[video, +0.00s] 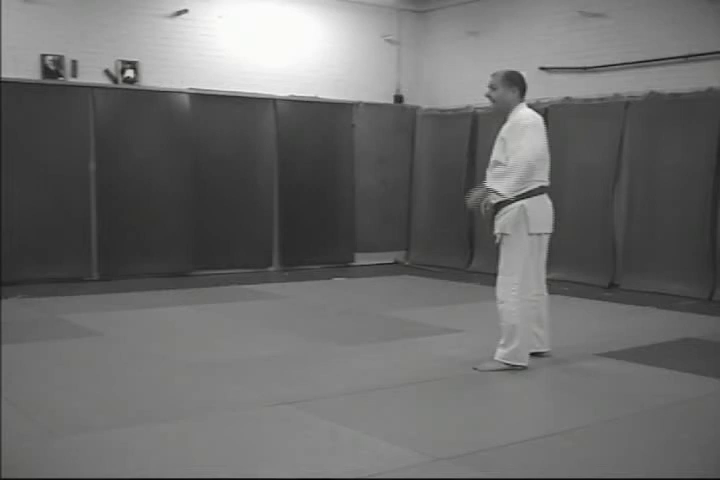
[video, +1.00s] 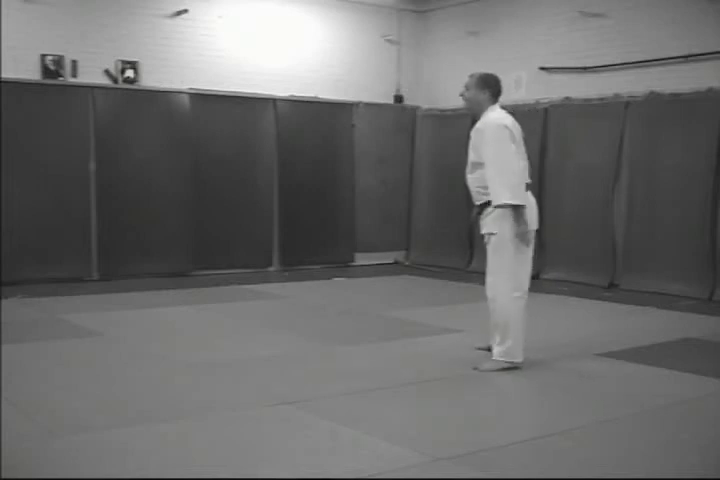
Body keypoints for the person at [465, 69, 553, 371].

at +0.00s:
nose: (488, 94)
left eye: (494, 89)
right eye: (489, 89)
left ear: (514, 92)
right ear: (512, 93)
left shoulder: (525, 121)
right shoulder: (518, 121)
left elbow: (522, 166)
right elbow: (511, 169)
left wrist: (492, 193)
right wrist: (487, 189)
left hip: (524, 211)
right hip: (529, 208)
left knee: (511, 286)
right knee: (532, 282)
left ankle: (511, 356)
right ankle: (536, 343)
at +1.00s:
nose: (462, 94)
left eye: (467, 89)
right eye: (463, 89)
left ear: (485, 93)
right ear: (486, 94)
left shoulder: (494, 125)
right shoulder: (493, 123)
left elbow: (506, 170)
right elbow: (506, 169)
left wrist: (519, 217)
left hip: (505, 213)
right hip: (505, 211)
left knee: (504, 284)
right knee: (503, 283)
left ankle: (508, 354)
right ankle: (502, 343)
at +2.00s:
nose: (454, 91)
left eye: (460, 86)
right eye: (456, 86)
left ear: (477, 90)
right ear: (481, 92)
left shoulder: (479, 124)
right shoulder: (499, 120)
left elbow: (478, 173)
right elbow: (493, 172)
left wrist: (475, 218)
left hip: (489, 210)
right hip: (502, 205)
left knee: (486, 281)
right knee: (475, 277)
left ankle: (495, 353)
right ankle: (475, 338)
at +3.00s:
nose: (443, 94)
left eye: (449, 89)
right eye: (445, 89)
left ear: (467, 93)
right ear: (469, 93)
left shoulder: (470, 126)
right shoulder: (478, 122)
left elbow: (464, 173)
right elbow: (466, 171)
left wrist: (449, 215)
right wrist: (450, 210)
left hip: (474, 209)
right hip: (480, 207)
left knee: (465, 281)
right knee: (469, 280)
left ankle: (466, 350)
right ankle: (464, 340)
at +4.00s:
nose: (435, 99)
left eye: (439, 94)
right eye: (436, 94)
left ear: (456, 97)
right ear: (464, 97)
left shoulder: (462, 130)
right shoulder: (480, 126)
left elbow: (460, 180)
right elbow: (477, 177)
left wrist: (441, 224)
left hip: (472, 213)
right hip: (487, 210)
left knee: (456, 279)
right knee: (472, 278)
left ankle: (476, 345)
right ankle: (469, 338)